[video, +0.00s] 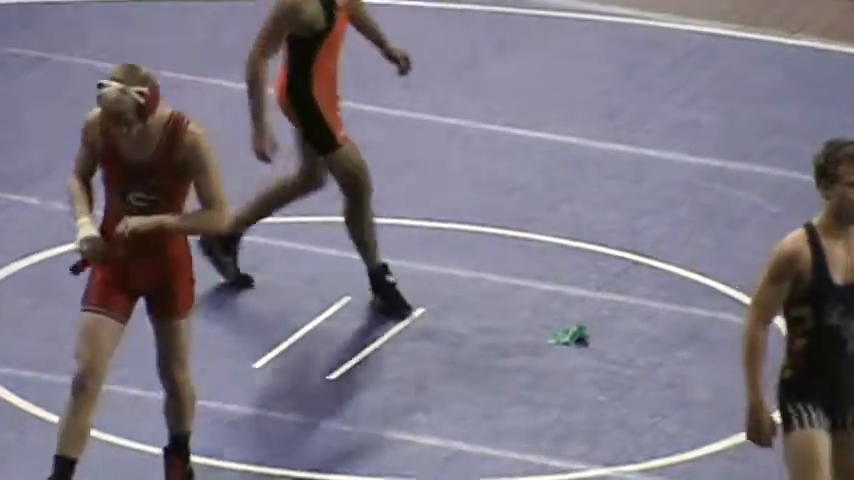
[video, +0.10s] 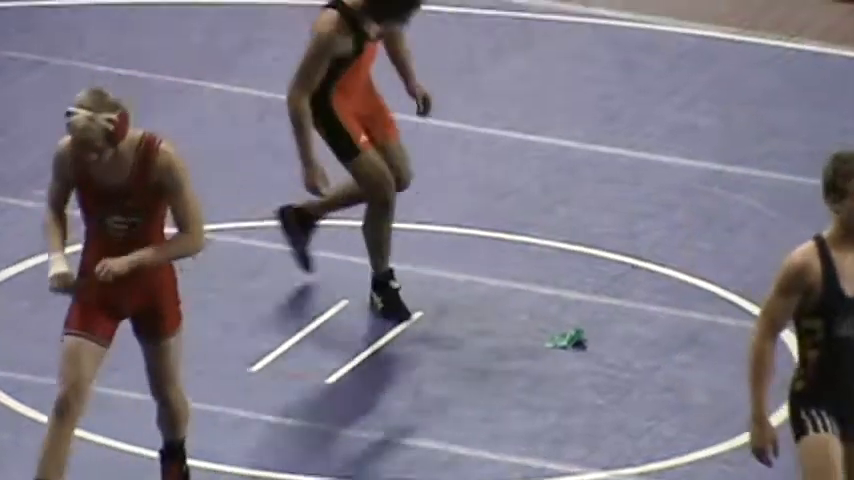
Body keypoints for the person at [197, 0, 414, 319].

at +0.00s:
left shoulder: (342, 3)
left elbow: (354, 12)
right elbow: (257, 58)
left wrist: (386, 47)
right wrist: (260, 128)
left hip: (323, 95)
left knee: (310, 178)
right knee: (356, 180)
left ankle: (227, 234)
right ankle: (380, 281)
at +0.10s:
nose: (395, 29)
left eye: (400, 22)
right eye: (393, 21)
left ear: (395, 10)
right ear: (379, 11)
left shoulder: (379, 12)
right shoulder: (331, 30)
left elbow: (394, 38)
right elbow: (297, 94)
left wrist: (413, 85)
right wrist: (310, 165)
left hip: (362, 90)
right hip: (329, 104)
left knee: (398, 176)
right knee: (381, 189)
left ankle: (304, 215)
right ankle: (382, 285)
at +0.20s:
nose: (425, 70)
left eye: (436, 67)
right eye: (424, 65)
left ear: (440, 31)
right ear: (406, 52)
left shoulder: (433, 14)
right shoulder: (361, 56)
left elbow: (443, 66)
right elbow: (328, 115)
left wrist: (442, 122)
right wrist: (360, 177)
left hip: (391, 81)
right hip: (354, 103)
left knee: (445, 170)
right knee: (386, 189)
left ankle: (404, 240)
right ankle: (383, 286)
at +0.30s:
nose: (456, 115)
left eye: (461, 109)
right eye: (451, 109)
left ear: (470, 79)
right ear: (431, 88)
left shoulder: (471, 56)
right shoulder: (387, 74)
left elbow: (489, 104)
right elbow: (340, 121)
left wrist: (478, 173)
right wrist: (379, 173)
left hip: (426, 97)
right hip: (378, 99)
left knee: (469, 184)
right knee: (392, 190)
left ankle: (495, 267)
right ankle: (383, 287)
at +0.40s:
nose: (474, 163)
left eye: (479, 156)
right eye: (466, 158)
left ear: (487, 126)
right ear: (445, 129)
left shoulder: (496, 101)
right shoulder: (409, 104)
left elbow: (529, 168)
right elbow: (355, 126)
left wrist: (519, 233)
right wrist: (378, 183)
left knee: (500, 197)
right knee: (400, 204)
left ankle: (515, 280)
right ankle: (392, 287)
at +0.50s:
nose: (488, 207)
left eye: (492, 201)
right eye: (480, 202)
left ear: (505, 173)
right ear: (460, 178)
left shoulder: (517, 148)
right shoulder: (424, 135)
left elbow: (549, 221)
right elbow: (372, 131)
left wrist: (557, 296)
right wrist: (372, 194)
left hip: (486, 98)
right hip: (423, 95)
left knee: (520, 200)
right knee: (417, 202)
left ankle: (516, 287)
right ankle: (397, 292)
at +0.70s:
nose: (498, 232)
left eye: (502, 226)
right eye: (490, 227)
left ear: (520, 192)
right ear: (470, 194)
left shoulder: (532, 169)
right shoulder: (441, 149)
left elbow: (551, 240)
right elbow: (389, 151)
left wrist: (549, 306)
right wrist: (389, 218)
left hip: (499, 99)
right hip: (436, 93)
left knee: (529, 203)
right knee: (431, 195)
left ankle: (516, 279)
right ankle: (395, 286)